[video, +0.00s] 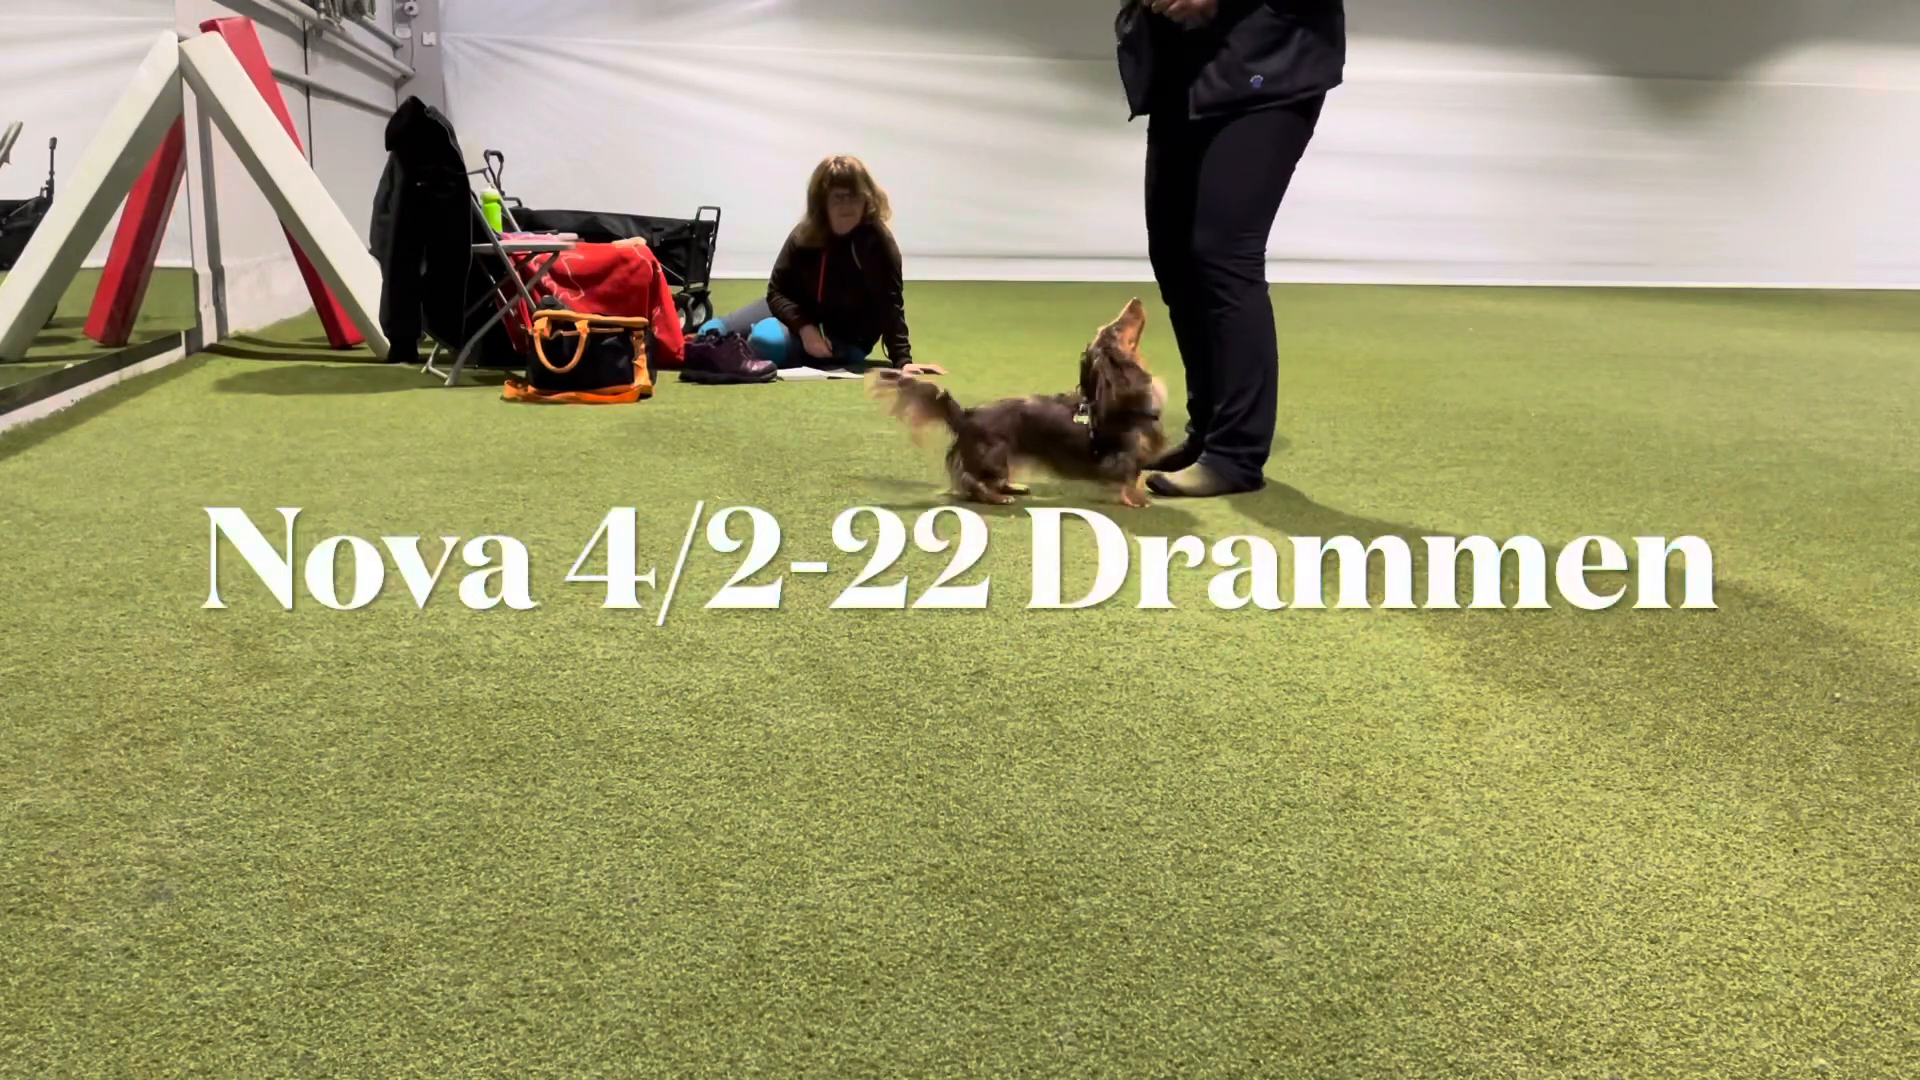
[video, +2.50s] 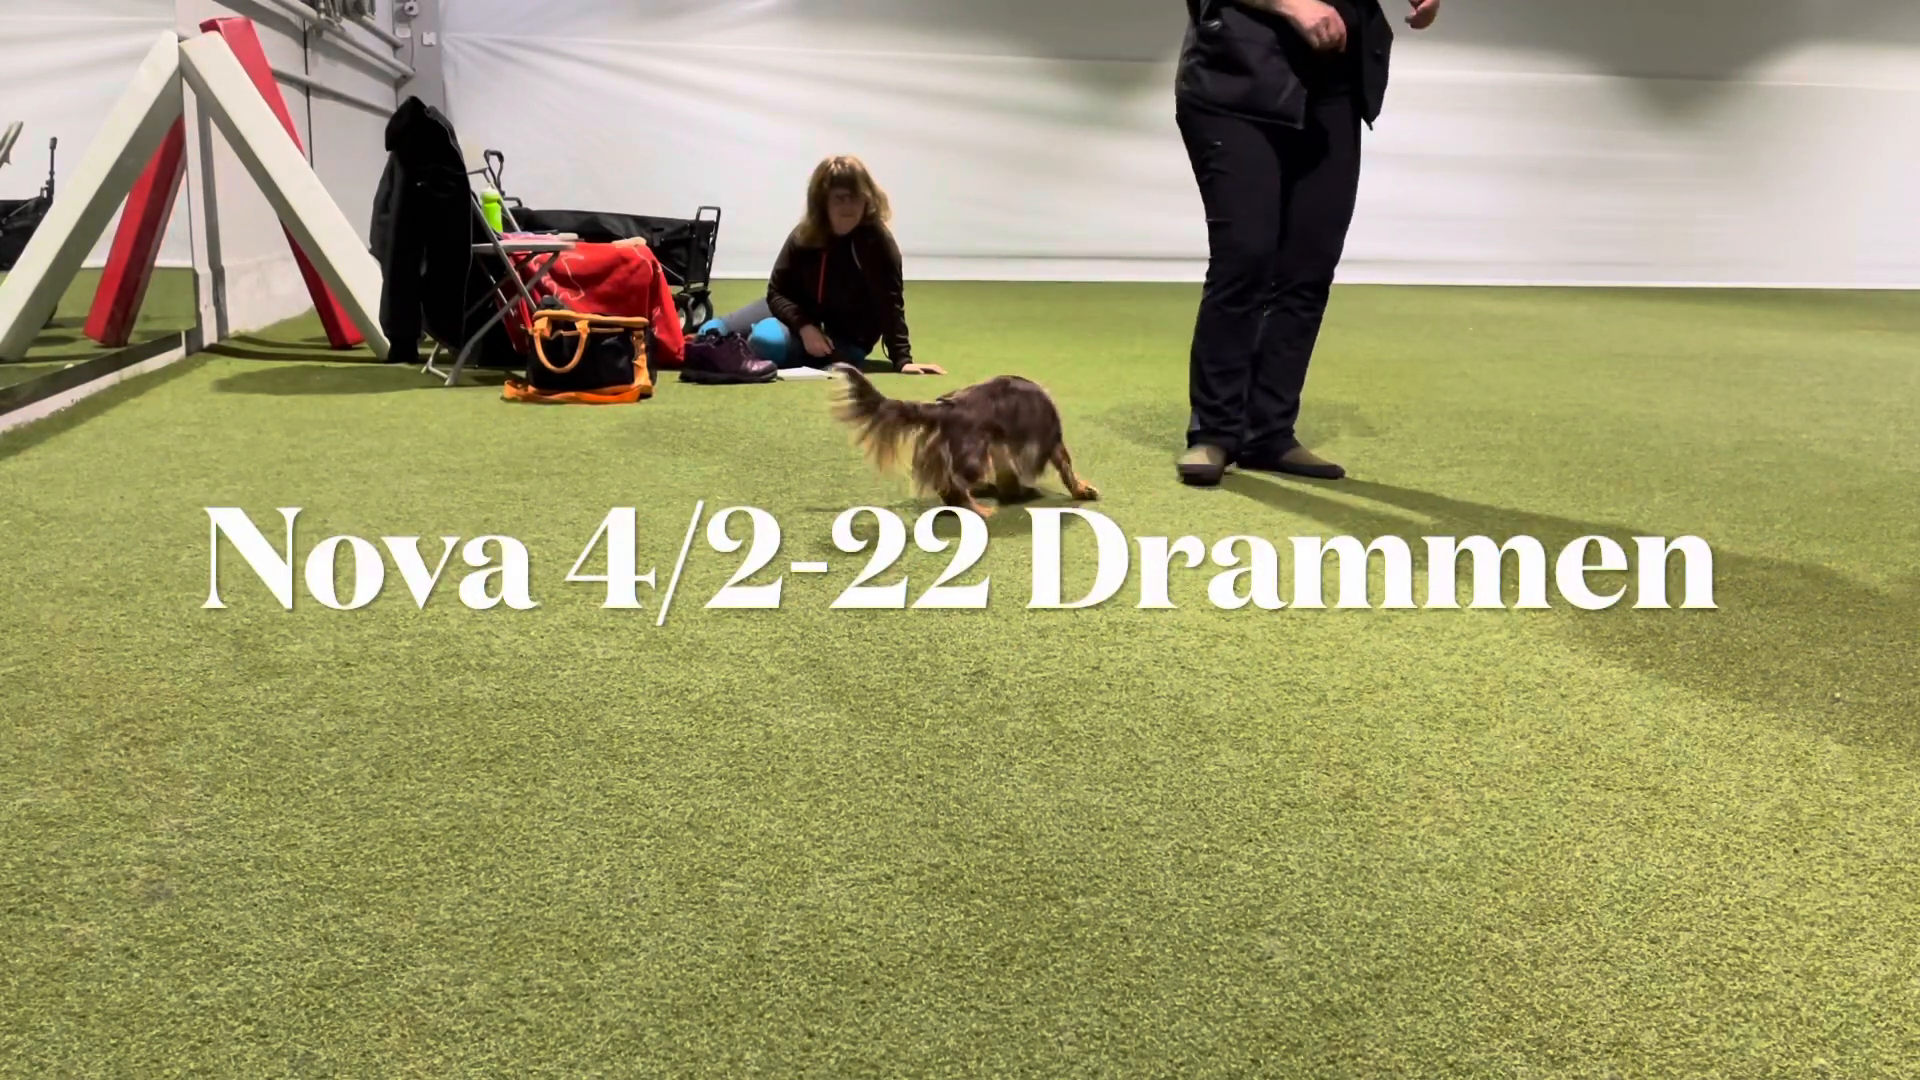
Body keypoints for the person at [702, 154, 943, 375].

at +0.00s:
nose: (846, 205)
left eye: (854, 196)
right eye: (838, 197)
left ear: (866, 201)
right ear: (822, 201)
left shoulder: (878, 242)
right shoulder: (804, 237)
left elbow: (891, 303)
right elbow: (778, 292)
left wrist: (903, 361)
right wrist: (804, 327)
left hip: (840, 338)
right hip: (794, 314)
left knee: (763, 337)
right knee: (714, 331)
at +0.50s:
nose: (848, 204)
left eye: (855, 195)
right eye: (839, 196)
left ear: (868, 200)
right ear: (823, 200)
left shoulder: (878, 242)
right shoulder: (805, 236)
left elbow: (891, 302)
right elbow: (778, 292)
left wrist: (902, 360)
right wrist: (804, 327)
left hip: (841, 338)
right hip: (793, 313)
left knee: (764, 337)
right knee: (714, 331)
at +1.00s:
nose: (848, 204)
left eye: (856, 195)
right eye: (839, 196)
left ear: (868, 200)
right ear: (823, 200)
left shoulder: (878, 242)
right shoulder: (805, 236)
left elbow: (891, 302)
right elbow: (778, 292)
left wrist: (902, 360)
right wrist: (805, 327)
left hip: (841, 338)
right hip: (794, 313)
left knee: (764, 337)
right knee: (714, 331)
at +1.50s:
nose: (848, 204)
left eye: (855, 195)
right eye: (839, 196)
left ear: (867, 200)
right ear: (822, 201)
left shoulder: (877, 242)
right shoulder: (804, 237)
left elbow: (891, 302)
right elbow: (778, 292)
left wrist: (902, 360)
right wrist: (804, 327)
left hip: (841, 338)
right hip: (794, 313)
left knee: (764, 337)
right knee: (713, 331)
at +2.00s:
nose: (848, 205)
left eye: (855, 196)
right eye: (839, 197)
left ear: (867, 200)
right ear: (822, 201)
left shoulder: (878, 242)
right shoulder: (804, 237)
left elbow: (891, 302)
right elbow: (777, 293)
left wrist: (903, 361)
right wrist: (804, 327)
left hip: (841, 338)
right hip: (794, 313)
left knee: (764, 338)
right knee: (712, 332)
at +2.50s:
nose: (848, 205)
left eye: (855, 196)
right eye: (839, 197)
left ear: (866, 201)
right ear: (822, 201)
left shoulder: (878, 243)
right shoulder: (804, 237)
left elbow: (891, 302)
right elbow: (778, 293)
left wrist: (902, 360)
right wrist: (804, 327)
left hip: (840, 338)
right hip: (793, 313)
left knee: (764, 338)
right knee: (712, 332)